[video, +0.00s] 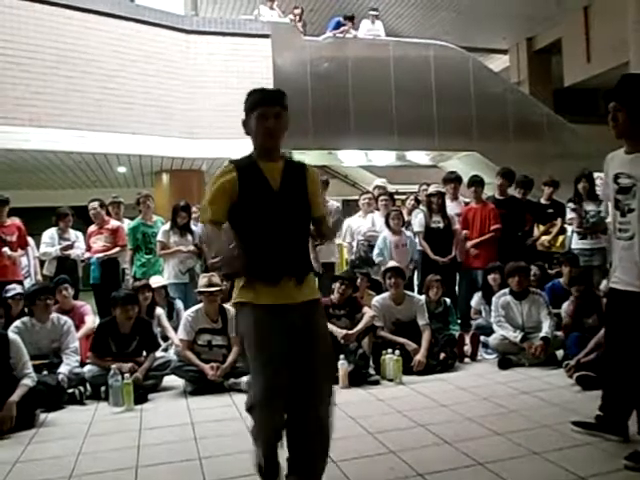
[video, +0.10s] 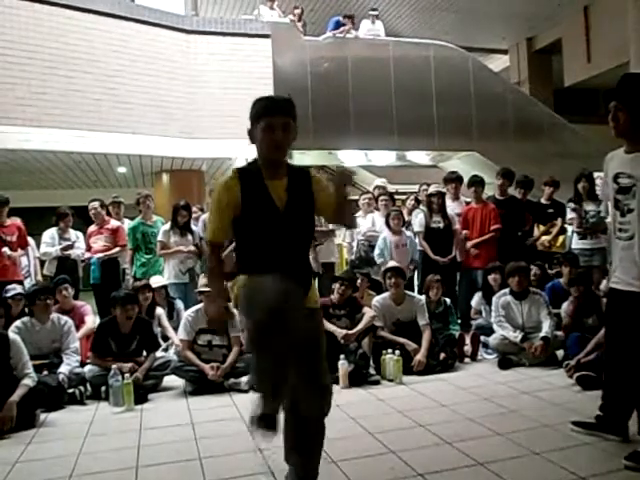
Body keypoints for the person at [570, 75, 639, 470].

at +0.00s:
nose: (612, 122)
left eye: (617, 114)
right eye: (611, 115)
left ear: (632, 117)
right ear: (618, 119)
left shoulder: (632, 163)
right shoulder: (614, 160)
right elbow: (614, 222)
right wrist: (610, 273)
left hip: (637, 283)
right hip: (620, 279)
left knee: (636, 359)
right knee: (618, 353)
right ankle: (613, 418)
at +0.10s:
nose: (612, 120)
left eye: (618, 112)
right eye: (611, 113)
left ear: (633, 116)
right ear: (616, 118)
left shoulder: (631, 162)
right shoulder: (613, 160)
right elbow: (614, 222)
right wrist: (610, 271)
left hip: (636, 283)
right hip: (620, 280)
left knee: (639, 361)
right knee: (617, 354)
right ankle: (613, 419)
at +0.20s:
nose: (613, 120)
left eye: (618, 112)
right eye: (612, 113)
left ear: (633, 116)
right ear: (616, 118)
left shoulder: (631, 162)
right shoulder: (613, 160)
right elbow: (613, 222)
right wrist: (609, 271)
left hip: (636, 283)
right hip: (619, 279)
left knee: (637, 360)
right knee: (617, 354)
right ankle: (613, 419)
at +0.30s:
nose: (614, 119)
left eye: (620, 111)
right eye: (612, 112)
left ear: (636, 115)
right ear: (614, 118)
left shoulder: (633, 162)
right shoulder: (613, 160)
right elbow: (613, 222)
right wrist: (608, 270)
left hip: (636, 282)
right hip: (619, 279)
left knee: (636, 360)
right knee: (617, 353)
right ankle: (612, 419)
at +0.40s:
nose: (615, 119)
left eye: (621, 111)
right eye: (613, 112)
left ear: (637, 115)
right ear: (615, 118)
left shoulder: (633, 162)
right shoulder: (613, 161)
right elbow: (613, 222)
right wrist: (608, 270)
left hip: (636, 282)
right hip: (618, 279)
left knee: (636, 360)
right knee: (617, 354)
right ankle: (612, 419)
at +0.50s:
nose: (616, 119)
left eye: (622, 111)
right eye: (614, 112)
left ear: (638, 115)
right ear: (617, 118)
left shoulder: (632, 162)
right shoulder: (614, 160)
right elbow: (612, 220)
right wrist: (609, 271)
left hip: (636, 282)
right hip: (619, 279)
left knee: (635, 360)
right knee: (617, 354)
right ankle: (612, 419)